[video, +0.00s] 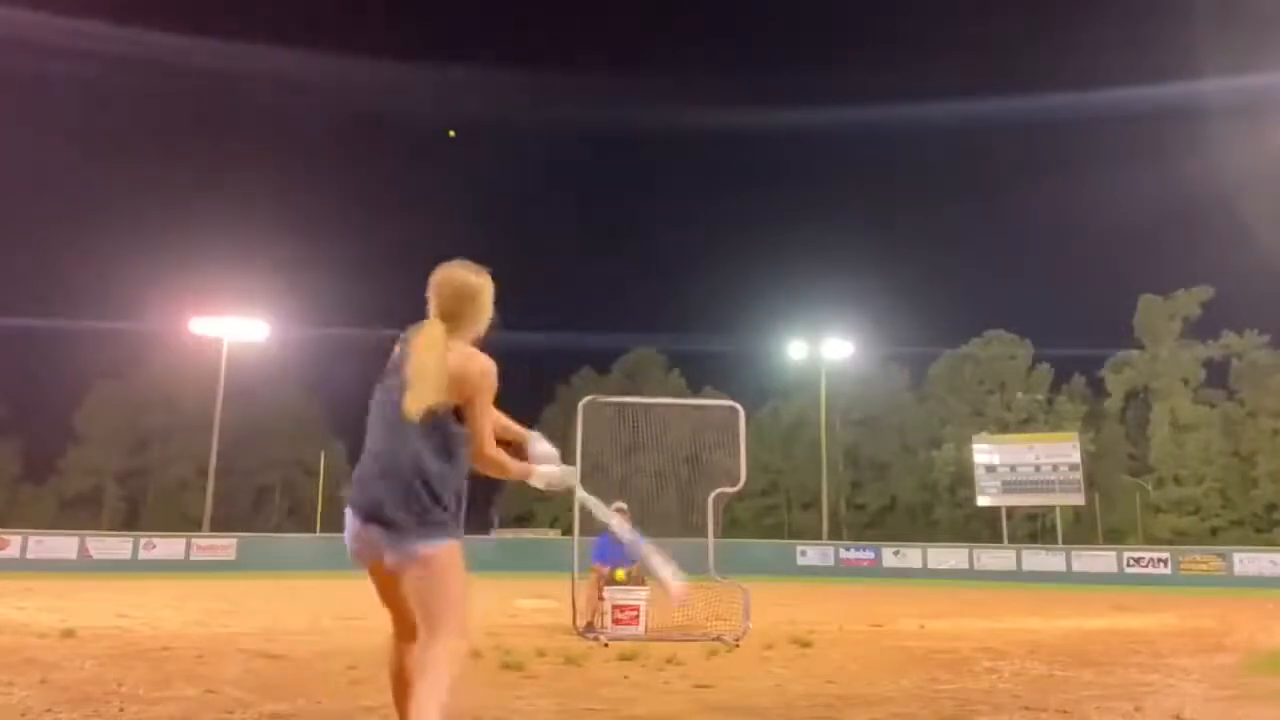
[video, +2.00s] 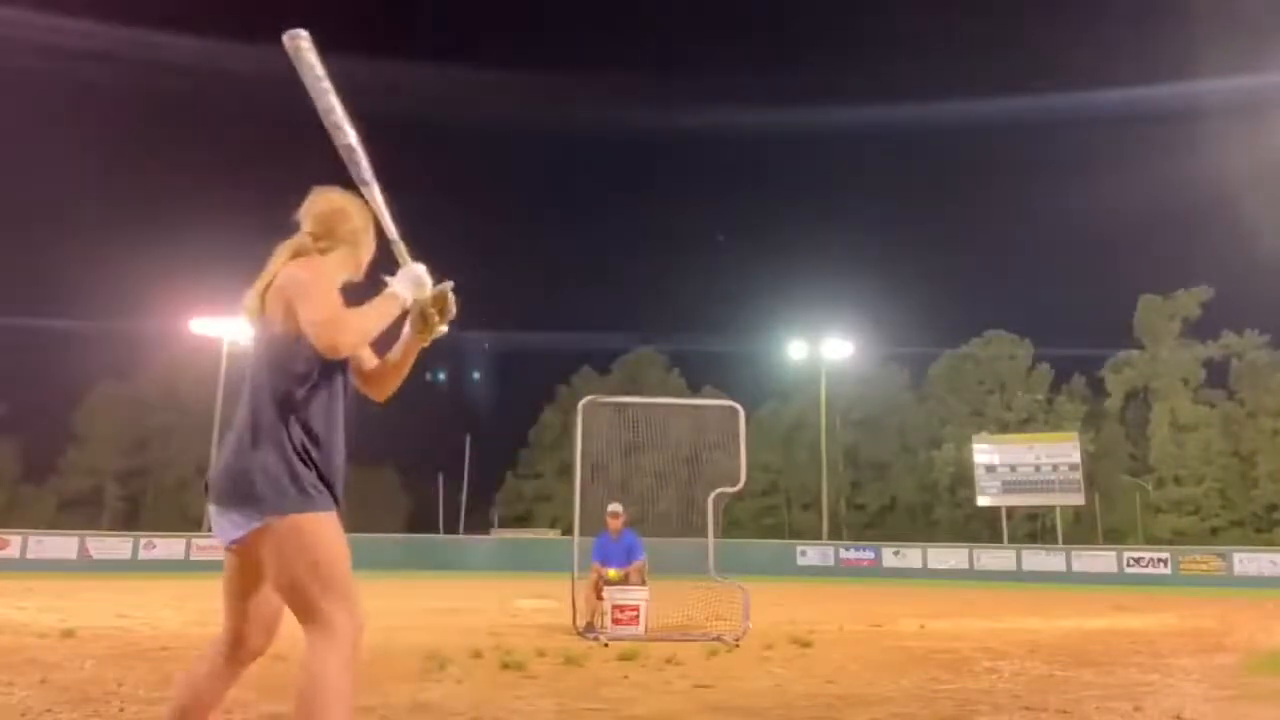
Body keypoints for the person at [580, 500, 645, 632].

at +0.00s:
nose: (619, 520)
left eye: (622, 516)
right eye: (616, 517)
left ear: (628, 519)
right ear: (610, 519)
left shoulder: (634, 539)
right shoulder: (603, 539)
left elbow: (640, 560)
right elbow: (595, 563)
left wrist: (629, 570)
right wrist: (608, 571)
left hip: (629, 571)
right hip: (609, 571)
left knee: (639, 575)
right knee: (595, 577)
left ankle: (638, 620)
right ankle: (589, 621)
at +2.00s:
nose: (614, 521)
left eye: (617, 517)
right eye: (611, 517)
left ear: (623, 518)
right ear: (606, 519)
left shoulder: (631, 537)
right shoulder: (601, 539)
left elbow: (640, 560)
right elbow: (595, 562)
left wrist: (624, 571)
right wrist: (603, 572)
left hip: (625, 571)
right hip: (607, 571)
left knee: (635, 574)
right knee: (593, 579)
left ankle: (635, 619)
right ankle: (589, 621)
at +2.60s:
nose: (610, 520)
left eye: (613, 516)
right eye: (607, 517)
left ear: (621, 517)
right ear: (602, 519)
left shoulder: (631, 537)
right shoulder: (599, 539)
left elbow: (638, 562)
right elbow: (594, 565)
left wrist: (618, 562)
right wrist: (602, 564)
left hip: (624, 574)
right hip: (607, 574)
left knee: (633, 577)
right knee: (592, 579)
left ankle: (631, 620)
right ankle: (589, 621)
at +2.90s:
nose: (603, 521)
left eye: (606, 517)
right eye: (600, 518)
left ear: (613, 517)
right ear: (596, 520)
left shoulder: (625, 536)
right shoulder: (597, 540)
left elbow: (633, 555)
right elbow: (594, 565)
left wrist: (612, 563)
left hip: (625, 574)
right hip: (608, 575)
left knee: (633, 577)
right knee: (592, 580)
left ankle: (632, 620)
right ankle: (590, 622)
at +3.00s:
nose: (599, 523)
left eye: (601, 518)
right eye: (596, 519)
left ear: (609, 519)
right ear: (593, 522)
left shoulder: (621, 535)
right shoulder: (595, 541)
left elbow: (636, 554)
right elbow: (591, 566)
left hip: (622, 573)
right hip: (603, 574)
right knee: (590, 582)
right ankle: (589, 622)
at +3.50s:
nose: (598, 524)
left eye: (601, 520)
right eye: (595, 521)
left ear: (608, 520)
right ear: (592, 524)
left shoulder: (622, 534)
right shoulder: (596, 540)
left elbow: (642, 545)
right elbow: (592, 563)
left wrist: (641, 568)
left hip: (623, 572)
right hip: (605, 573)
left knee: (629, 577)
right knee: (592, 580)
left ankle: (627, 620)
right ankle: (589, 622)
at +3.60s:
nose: (598, 523)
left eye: (601, 519)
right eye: (595, 520)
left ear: (607, 519)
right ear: (591, 523)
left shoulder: (622, 533)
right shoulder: (594, 538)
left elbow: (644, 545)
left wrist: (642, 556)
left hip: (625, 570)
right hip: (605, 572)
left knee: (629, 579)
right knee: (592, 579)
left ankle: (629, 620)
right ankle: (590, 622)